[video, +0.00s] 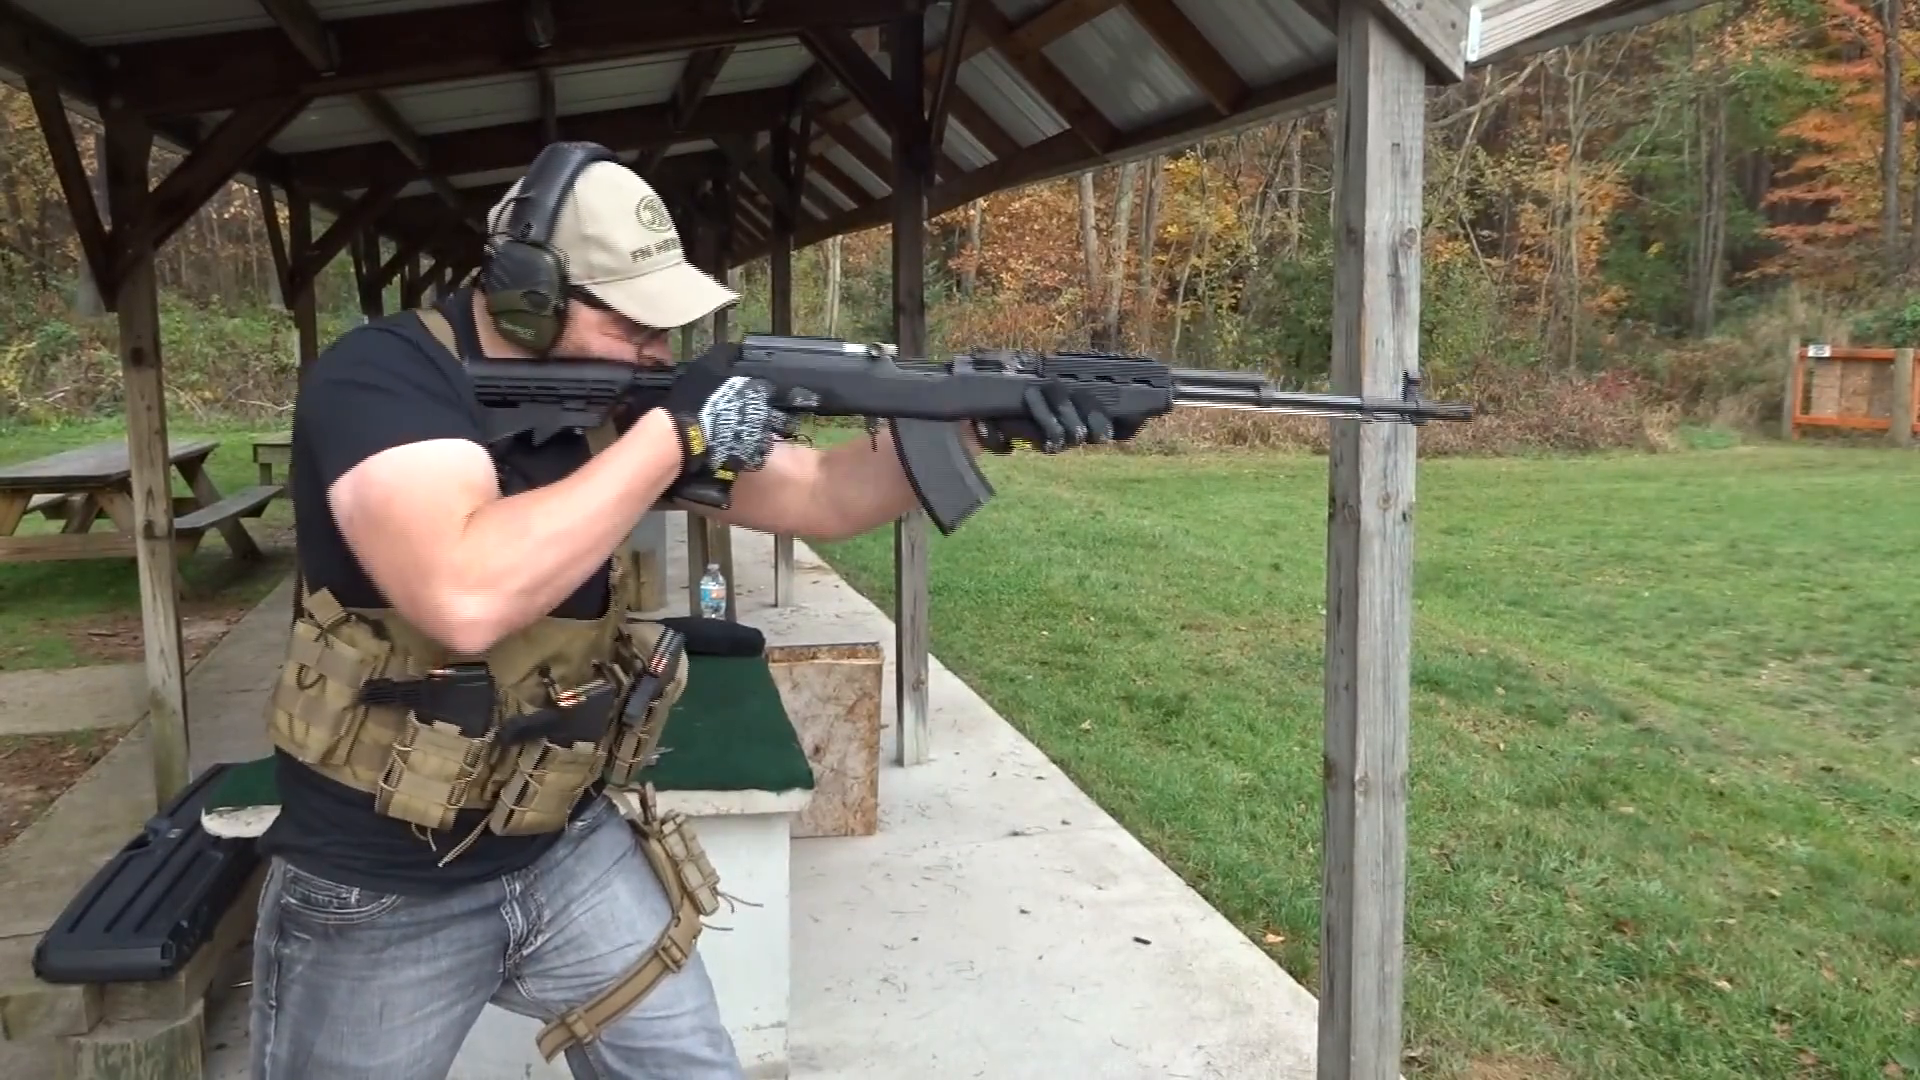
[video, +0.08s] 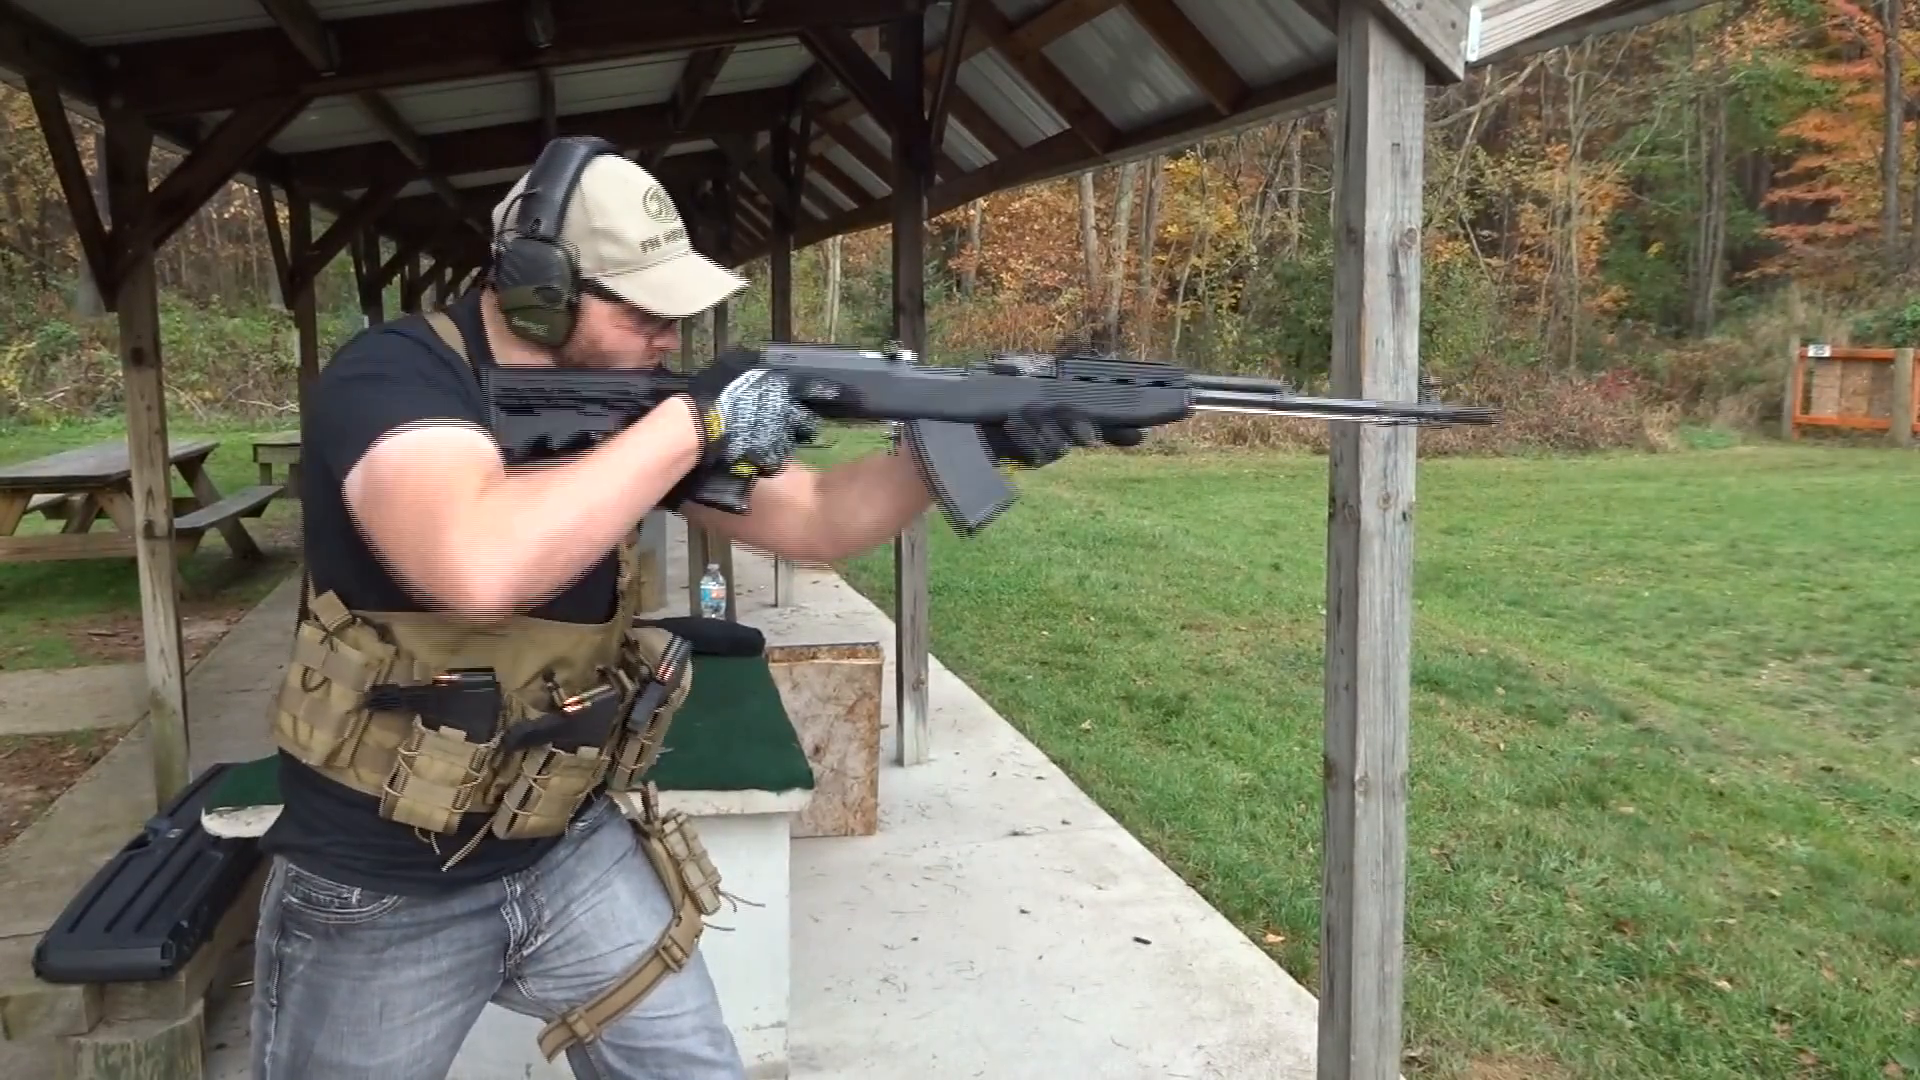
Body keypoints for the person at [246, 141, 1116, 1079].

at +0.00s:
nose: (653, 350)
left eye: (659, 326)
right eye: (628, 325)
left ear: (653, 298)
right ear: (527, 300)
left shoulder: (612, 399)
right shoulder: (375, 380)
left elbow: (819, 492)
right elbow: (463, 595)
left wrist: (999, 415)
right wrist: (668, 434)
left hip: (573, 848)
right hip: (380, 892)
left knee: (691, 1063)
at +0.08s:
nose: (663, 341)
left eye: (669, 318)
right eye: (638, 316)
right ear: (537, 294)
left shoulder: (625, 403)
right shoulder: (384, 381)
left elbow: (813, 519)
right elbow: (473, 565)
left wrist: (988, 426)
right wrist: (689, 424)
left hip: (575, 848)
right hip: (380, 893)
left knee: (698, 1068)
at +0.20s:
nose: (690, 328)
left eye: (691, 303)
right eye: (664, 301)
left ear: (588, 297)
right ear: (556, 288)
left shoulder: (648, 410)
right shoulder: (413, 358)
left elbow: (826, 547)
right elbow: (476, 458)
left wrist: (978, 451)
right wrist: (762, 447)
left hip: (594, 850)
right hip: (399, 892)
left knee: (726, 1067)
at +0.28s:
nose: (711, 315)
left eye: (716, 290)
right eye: (685, 289)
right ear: (582, 275)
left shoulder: (688, 404)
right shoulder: (449, 362)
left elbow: (855, 549)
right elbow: (483, 545)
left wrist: (987, 433)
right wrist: (754, 480)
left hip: (623, 843)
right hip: (420, 879)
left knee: (743, 1065)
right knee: (359, 1071)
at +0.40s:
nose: (752, 278)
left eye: (756, 249)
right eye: (723, 250)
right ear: (623, 240)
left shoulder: (741, 385)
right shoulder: (497, 375)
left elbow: (897, 525)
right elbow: (528, 622)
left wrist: (985, 458)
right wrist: (769, 500)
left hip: (693, 827)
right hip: (493, 860)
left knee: (787, 1066)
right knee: (428, 1066)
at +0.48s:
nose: (769, 266)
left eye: (772, 237)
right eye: (738, 238)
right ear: (634, 229)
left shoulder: (761, 369)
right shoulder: (509, 376)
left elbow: (931, 495)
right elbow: (544, 631)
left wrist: (1024, 448)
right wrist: (774, 490)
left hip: (719, 825)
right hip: (522, 860)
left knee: (798, 1065)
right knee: (470, 1068)